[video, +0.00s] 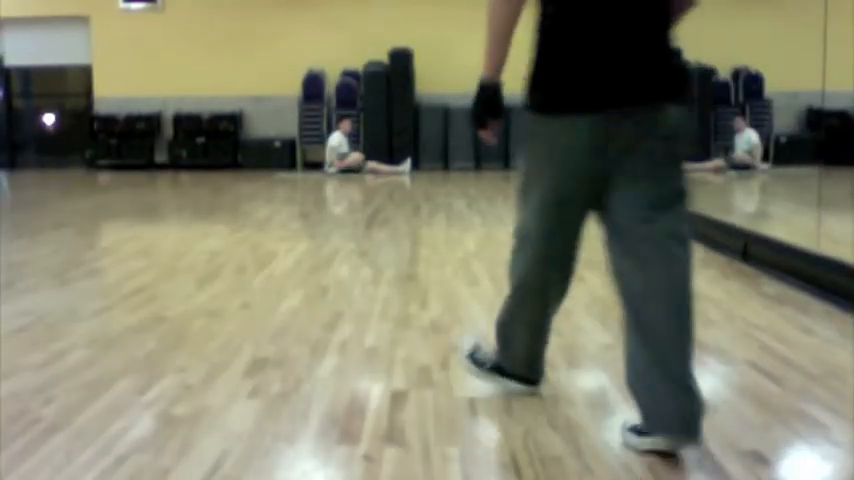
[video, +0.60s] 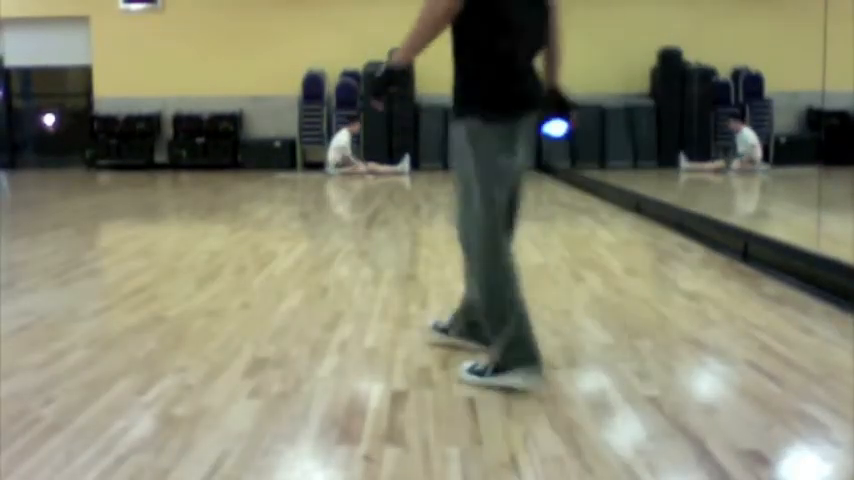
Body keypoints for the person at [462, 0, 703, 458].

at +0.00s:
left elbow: (509, 0)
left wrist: (490, 80)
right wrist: (649, 31)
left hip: (568, 85)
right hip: (649, 82)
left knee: (543, 236)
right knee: (654, 254)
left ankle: (518, 359)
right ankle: (672, 418)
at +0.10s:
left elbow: (495, 3)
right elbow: (659, 1)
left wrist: (482, 89)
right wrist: (623, 41)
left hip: (545, 89)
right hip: (620, 85)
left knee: (531, 236)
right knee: (630, 233)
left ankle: (517, 361)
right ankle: (658, 390)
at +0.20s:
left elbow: (475, 6)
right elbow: (629, 2)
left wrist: (457, 87)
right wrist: (601, 54)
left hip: (515, 86)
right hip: (580, 80)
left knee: (505, 231)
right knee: (583, 207)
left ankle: (515, 364)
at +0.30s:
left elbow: (462, 5)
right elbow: (612, 3)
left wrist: (438, 78)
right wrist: (591, 60)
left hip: (507, 83)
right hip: (570, 78)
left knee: (501, 226)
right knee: (552, 199)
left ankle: (513, 363)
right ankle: (572, 311)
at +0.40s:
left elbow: (443, 4)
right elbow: (590, 6)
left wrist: (413, 61)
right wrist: (581, 69)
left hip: (501, 85)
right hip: (543, 81)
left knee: (500, 228)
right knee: (499, 224)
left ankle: (518, 365)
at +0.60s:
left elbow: (439, 10)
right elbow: (550, 16)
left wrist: (401, 59)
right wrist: (552, 83)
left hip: (483, 102)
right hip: (520, 98)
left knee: (480, 231)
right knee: (490, 224)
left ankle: (516, 358)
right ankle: (475, 320)